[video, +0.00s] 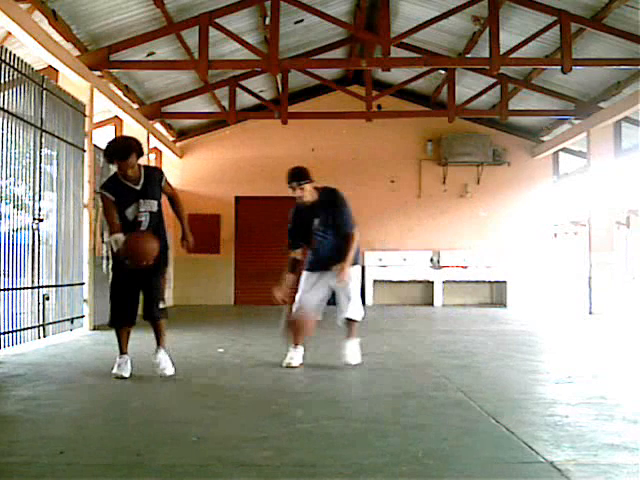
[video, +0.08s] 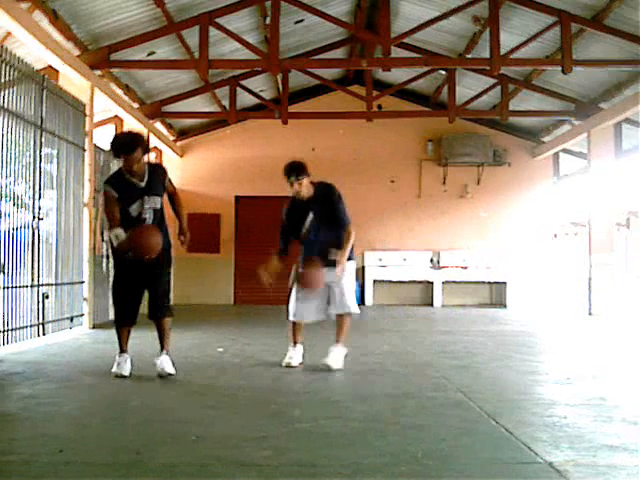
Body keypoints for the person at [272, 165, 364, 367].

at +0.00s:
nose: (297, 194)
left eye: (300, 188)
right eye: (293, 190)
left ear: (310, 185)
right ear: (291, 190)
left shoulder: (333, 197)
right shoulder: (299, 211)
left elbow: (352, 233)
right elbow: (297, 249)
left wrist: (346, 264)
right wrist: (287, 282)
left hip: (344, 262)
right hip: (316, 265)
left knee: (351, 305)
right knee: (301, 308)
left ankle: (351, 342)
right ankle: (296, 349)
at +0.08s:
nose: (296, 189)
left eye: (299, 183)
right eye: (291, 184)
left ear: (307, 178)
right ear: (288, 184)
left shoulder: (328, 192)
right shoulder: (292, 208)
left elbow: (348, 230)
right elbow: (285, 243)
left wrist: (342, 257)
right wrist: (270, 269)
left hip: (336, 260)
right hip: (308, 261)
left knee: (343, 305)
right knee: (297, 305)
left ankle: (339, 348)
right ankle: (295, 349)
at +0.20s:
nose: (296, 175)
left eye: (299, 170)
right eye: (293, 171)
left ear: (309, 168)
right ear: (290, 172)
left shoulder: (328, 186)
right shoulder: (291, 196)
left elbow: (351, 218)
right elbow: (276, 222)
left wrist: (346, 238)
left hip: (333, 258)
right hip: (305, 259)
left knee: (335, 306)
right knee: (298, 304)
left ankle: (330, 352)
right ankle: (298, 346)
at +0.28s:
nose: (301, 160)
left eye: (305, 155)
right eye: (297, 155)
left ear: (315, 154)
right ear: (294, 157)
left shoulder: (331, 177)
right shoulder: (292, 180)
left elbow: (351, 207)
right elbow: (270, 197)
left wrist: (345, 218)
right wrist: (257, 210)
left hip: (329, 254)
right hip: (301, 253)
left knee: (329, 303)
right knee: (298, 301)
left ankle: (329, 350)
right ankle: (303, 343)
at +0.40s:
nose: (305, 150)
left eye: (309, 145)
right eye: (301, 145)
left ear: (318, 145)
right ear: (296, 147)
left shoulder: (331, 169)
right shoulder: (291, 169)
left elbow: (345, 201)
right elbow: (270, 187)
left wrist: (344, 220)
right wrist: (257, 198)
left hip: (325, 247)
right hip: (297, 246)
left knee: (328, 297)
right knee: (299, 300)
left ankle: (332, 348)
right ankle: (303, 347)